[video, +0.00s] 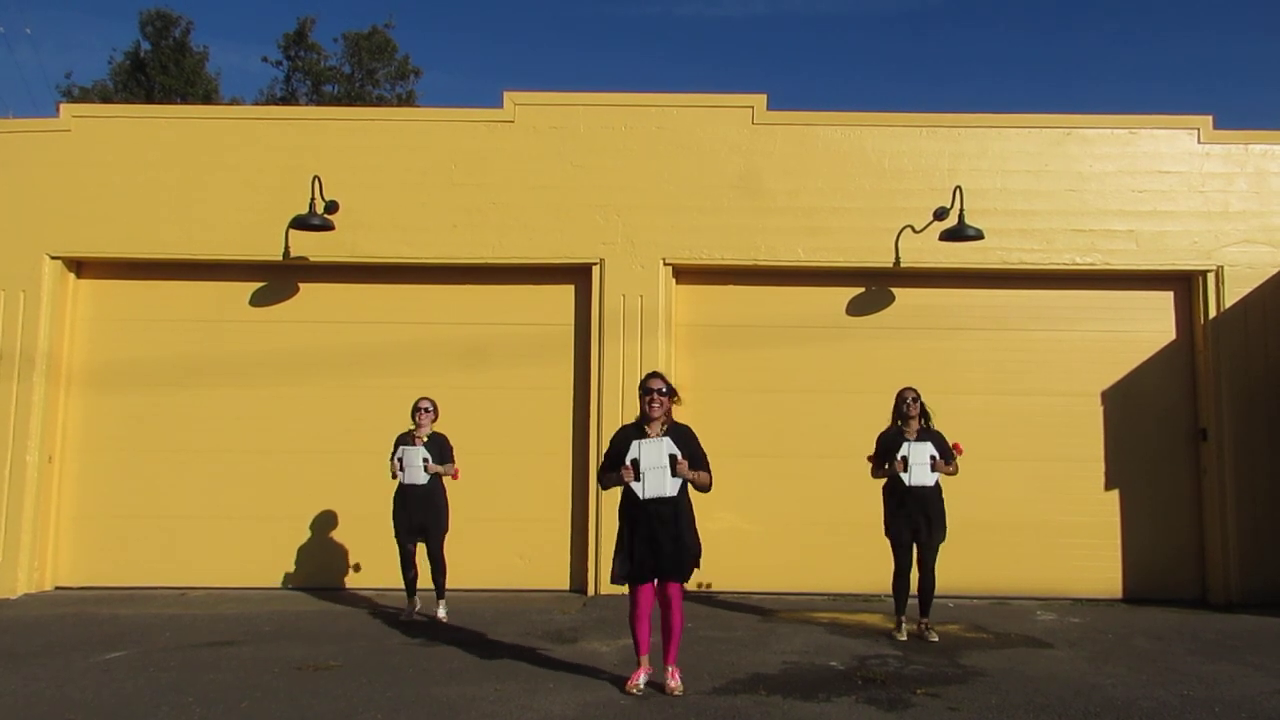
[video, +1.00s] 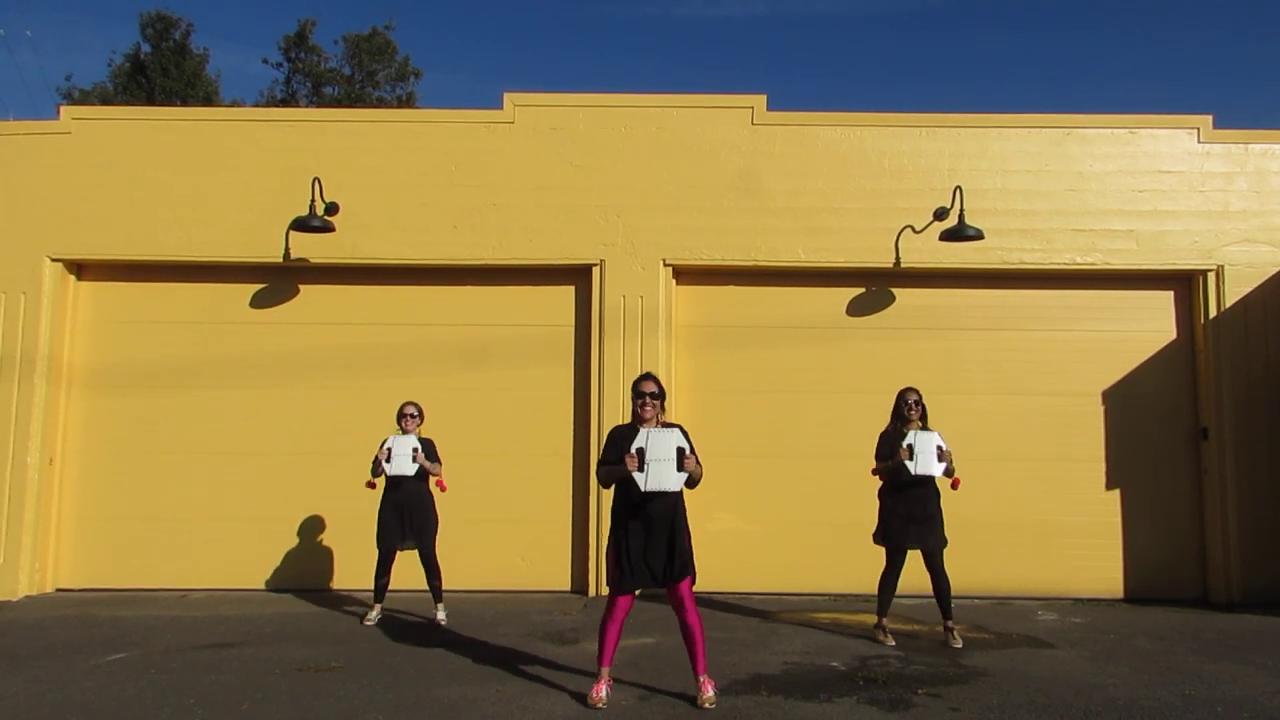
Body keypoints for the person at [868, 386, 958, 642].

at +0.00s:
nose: (910, 405)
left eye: (914, 401)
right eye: (904, 401)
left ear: (921, 405)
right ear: (897, 407)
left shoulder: (934, 436)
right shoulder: (888, 437)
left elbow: (954, 468)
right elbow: (875, 472)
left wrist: (942, 467)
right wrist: (892, 470)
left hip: (930, 510)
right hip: (898, 511)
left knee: (927, 567)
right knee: (902, 566)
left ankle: (924, 622)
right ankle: (900, 621)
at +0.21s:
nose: (911, 408)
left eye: (915, 403)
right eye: (906, 404)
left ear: (922, 406)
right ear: (897, 407)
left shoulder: (933, 431)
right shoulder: (891, 430)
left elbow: (954, 467)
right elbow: (879, 460)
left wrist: (952, 454)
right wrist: (901, 451)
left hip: (931, 504)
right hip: (900, 505)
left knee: (938, 564)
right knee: (903, 563)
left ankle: (938, 624)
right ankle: (889, 622)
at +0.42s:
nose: (913, 399)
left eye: (917, 395)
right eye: (907, 395)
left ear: (923, 399)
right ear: (898, 400)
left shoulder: (935, 429)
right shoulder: (891, 428)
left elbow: (950, 467)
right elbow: (880, 465)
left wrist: (949, 456)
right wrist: (901, 457)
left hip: (928, 503)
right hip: (897, 504)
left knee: (928, 560)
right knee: (895, 559)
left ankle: (936, 621)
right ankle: (888, 618)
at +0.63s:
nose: (915, 411)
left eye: (919, 406)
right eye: (909, 407)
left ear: (925, 411)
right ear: (901, 412)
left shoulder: (935, 442)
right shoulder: (890, 440)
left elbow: (943, 473)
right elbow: (875, 474)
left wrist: (941, 473)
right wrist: (894, 473)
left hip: (926, 511)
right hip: (896, 512)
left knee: (922, 567)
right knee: (895, 565)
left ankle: (919, 620)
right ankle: (888, 619)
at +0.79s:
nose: (914, 401)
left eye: (918, 397)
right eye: (908, 397)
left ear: (924, 400)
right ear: (900, 402)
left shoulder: (935, 430)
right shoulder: (889, 428)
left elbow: (949, 471)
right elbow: (876, 465)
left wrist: (947, 459)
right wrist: (897, 454)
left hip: (928, 501)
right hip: (895, 501)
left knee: (936, 560)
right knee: (896, 557)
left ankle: (937, 614)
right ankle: (882, 611)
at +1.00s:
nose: (912, 407)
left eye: (916, 403)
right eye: (906, 404)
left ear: (922, 407)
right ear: (898, 407)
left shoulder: (931, 437)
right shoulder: (890, 435)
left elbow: (947, 473)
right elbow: (880, 470)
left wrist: (947, 461)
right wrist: (898, 460)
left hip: (927, 508)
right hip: (897, 509)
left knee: (936, 566)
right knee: (894, 565)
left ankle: (949, 625)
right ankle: (881, 624)